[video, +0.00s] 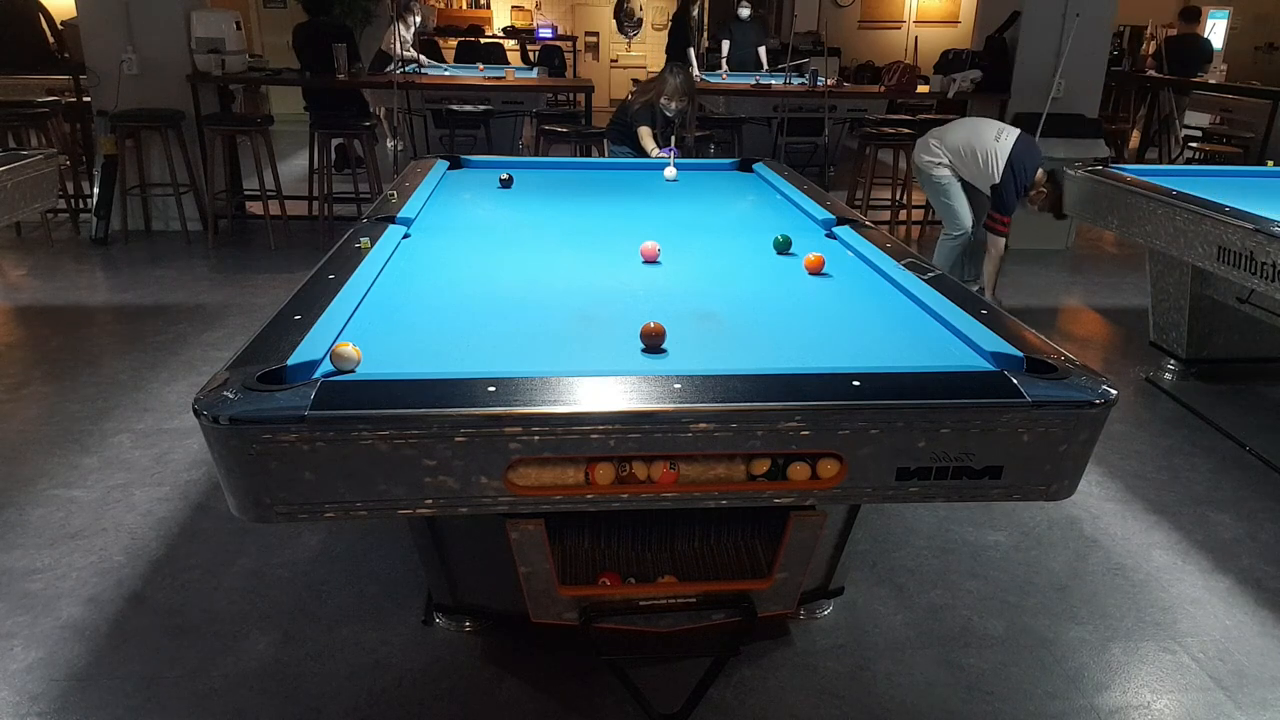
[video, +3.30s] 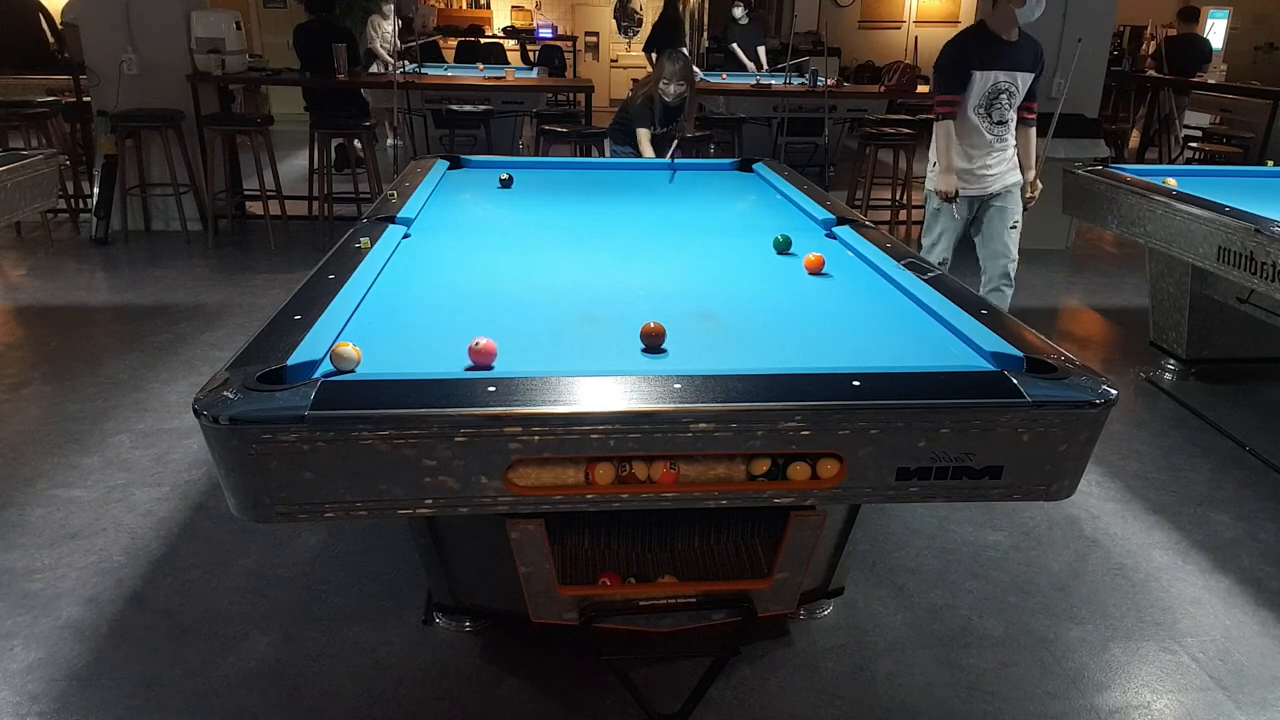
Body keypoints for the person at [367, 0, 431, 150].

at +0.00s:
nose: (416, 18)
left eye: (417, 14)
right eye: (413, 15)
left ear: (419, 16)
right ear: (404, 15)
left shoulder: (410, 29)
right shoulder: (395, 29)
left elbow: (407, 48)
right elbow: (396, 53)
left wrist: (419, 57)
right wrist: (417, 57)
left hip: (394, 70)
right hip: (379, 73)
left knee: (395, 106)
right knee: (386, 108)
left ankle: (397, 136)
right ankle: (390, 139)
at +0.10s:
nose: (416, 16)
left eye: (417, 12)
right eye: (412, 13)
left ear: (418, 12)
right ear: (403, 12)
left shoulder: (412, 25)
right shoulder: (394, 26)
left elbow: (406, 46)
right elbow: (388, 49)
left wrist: (417, 56)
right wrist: (409, 56)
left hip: (395, 69)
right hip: (379, 72)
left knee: (394, 106)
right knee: (384, 108)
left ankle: (396, 135)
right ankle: (390, 138)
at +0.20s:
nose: (413, 17)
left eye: (415, 13)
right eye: (409, 13)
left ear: (417, 13)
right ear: (402, 12)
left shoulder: (411, 26)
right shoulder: (391, 27)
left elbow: (406, 43)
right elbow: (384, 48)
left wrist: (413, 53)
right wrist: (405, 56)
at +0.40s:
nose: (410, 14)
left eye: (412, 11)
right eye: (406, 11)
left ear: (414, 12)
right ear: (400, 11)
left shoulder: (410, 26)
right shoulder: (390, 24)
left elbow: (406, 43)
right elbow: (381, 45)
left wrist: (415, 54)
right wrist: (398, 60)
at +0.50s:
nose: (410, 14)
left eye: (411, 11)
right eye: (406, 11)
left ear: (413, 11)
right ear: (398, 11)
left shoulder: (410, 26)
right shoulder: (390, 23)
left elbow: (404, 43)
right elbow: (380, 43)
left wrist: (414, 53)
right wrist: (394, 60)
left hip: (397, 64)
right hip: (382, 65)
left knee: (394, 104)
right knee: (384, 106)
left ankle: (395, 135)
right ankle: (390, 138)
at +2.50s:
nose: (409, 14)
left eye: (411, 11)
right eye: (406, 11)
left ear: (413, 11)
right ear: (398, 11)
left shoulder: (410, 27)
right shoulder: (390, 21)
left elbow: (404, 45)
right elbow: (380, 42)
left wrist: (414, 54)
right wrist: (392, 60)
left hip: (398, 67)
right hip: (381, 68)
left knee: (396, 105)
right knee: (385, 106)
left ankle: (396, 135)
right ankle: (389, 138)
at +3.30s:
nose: (390, 7)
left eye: (392, 4)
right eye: (386, 4)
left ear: (394, 5)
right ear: (380, 6)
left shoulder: (397, 21)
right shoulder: (374, 20)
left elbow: (396, 41)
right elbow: (374, 45)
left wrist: (401, 47)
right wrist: (391, 61)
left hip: (392, 61)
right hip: (377, 62)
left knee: (392, 100)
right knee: (380, 101)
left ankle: (394, 135)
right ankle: (389, 136)